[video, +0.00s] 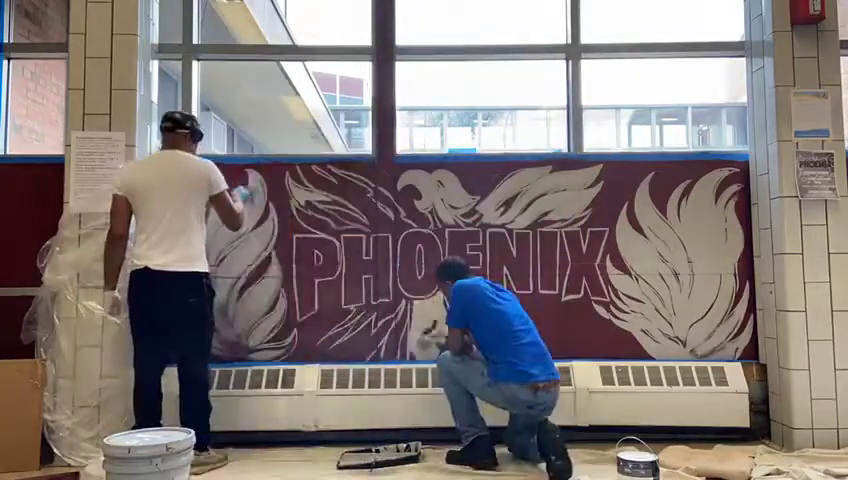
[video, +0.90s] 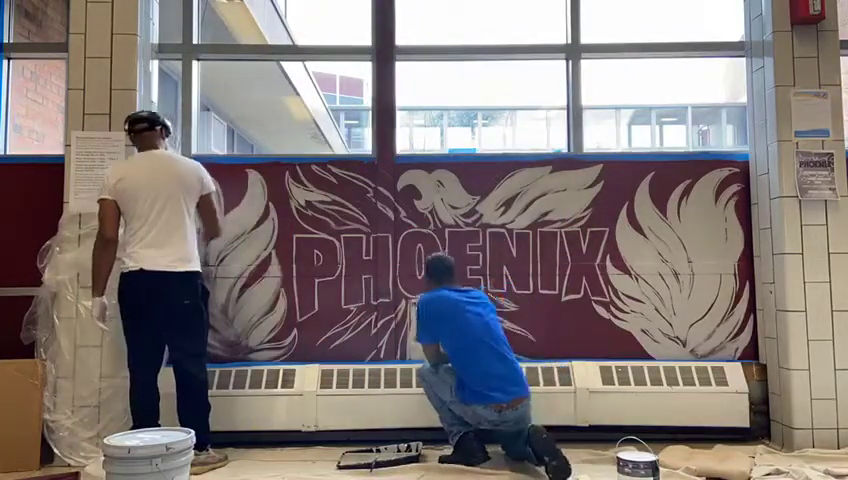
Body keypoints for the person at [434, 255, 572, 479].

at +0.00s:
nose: (444, 295)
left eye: (442, 290)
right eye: (442, 290)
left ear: (447, 283)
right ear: (469, 274)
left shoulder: (461, 289)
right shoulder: (501, 291)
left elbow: (456, 347)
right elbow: (497, 350)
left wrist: (468, 345)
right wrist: (468, 342)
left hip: (515, 390)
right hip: (549, 393)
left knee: (447, 362)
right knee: (518, 443)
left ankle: (477, 446)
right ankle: (545, 440)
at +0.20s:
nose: (453, 280)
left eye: (452, 276)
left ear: (454, 276)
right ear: (482, 269)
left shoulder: (463, 291)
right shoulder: (508, 287)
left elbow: (461, 351)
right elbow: (498, 351)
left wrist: (452, 310)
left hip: (520, 392)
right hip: (554, 394)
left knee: (449, 364)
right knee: (518, 441)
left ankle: (479, 446)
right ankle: (548, 439)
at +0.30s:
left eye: (462, 272)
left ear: (462, 272)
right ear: (488, 268)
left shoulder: (466, 289)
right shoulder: (515, 287)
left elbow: (461, 350)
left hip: (520, 393)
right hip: (556, 395)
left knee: (451, 363)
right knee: (518, 441)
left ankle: (479, 446)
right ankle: (548, 440)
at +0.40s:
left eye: (459, 268)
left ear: (461, 270)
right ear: (489, 268)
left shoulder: (459, 295)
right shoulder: (513, 292)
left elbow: (443, 352)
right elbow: (517, 339)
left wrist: (467, 343)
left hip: (507, 394)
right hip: (545, 393)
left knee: (441, 369)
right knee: (518, 444)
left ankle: (475, 446)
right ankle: (549, 441)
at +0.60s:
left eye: (443, 272)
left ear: (444, 273)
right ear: (472, 270)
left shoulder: (441, 294)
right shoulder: (496, 289)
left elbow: (440, 353)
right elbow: (506, 337)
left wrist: (469, 355)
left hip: (489, 398)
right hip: (527, 397)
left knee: (433, 371)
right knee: (515, 448)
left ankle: (469, 443)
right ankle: (539, 441)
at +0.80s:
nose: (431, 282)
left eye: (432, 277)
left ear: (436, 277)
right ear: (464, 274)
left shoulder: (437, 299)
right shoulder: (488, 294)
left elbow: (439, 357)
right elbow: (500, 345)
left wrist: (471, 353)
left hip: (488, 408)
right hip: (525, 408)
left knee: (431, 372)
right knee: (515, 447)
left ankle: (467, 443)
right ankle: (538, 442)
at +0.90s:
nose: (423, 285)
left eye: (424, 280)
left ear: (427, 280)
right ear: (454, 277)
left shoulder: (428, 301)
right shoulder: (479, 296)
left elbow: (434, 358)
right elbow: (490, 343)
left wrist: (465, 352)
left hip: (484, 412)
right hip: (520, 410)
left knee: (429, 373)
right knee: (514, 447)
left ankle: (465, 443)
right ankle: (535, 442)